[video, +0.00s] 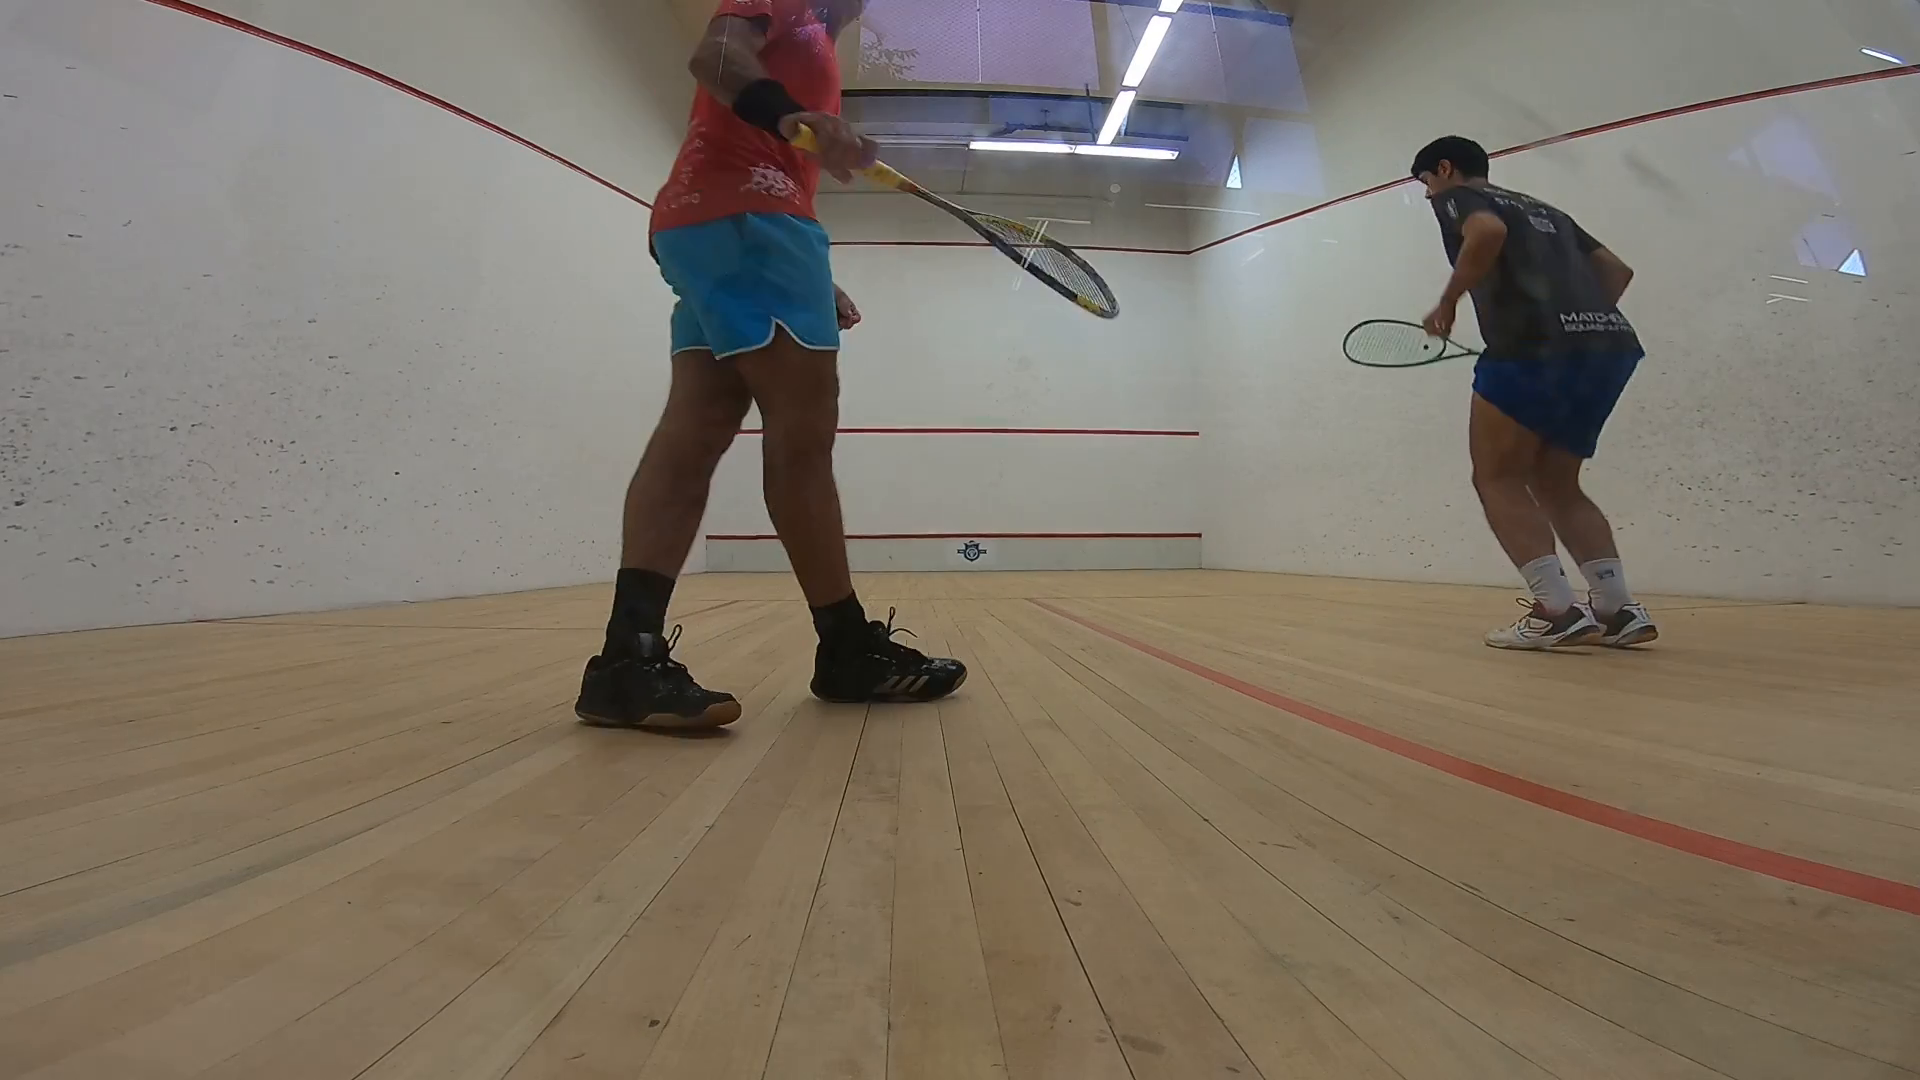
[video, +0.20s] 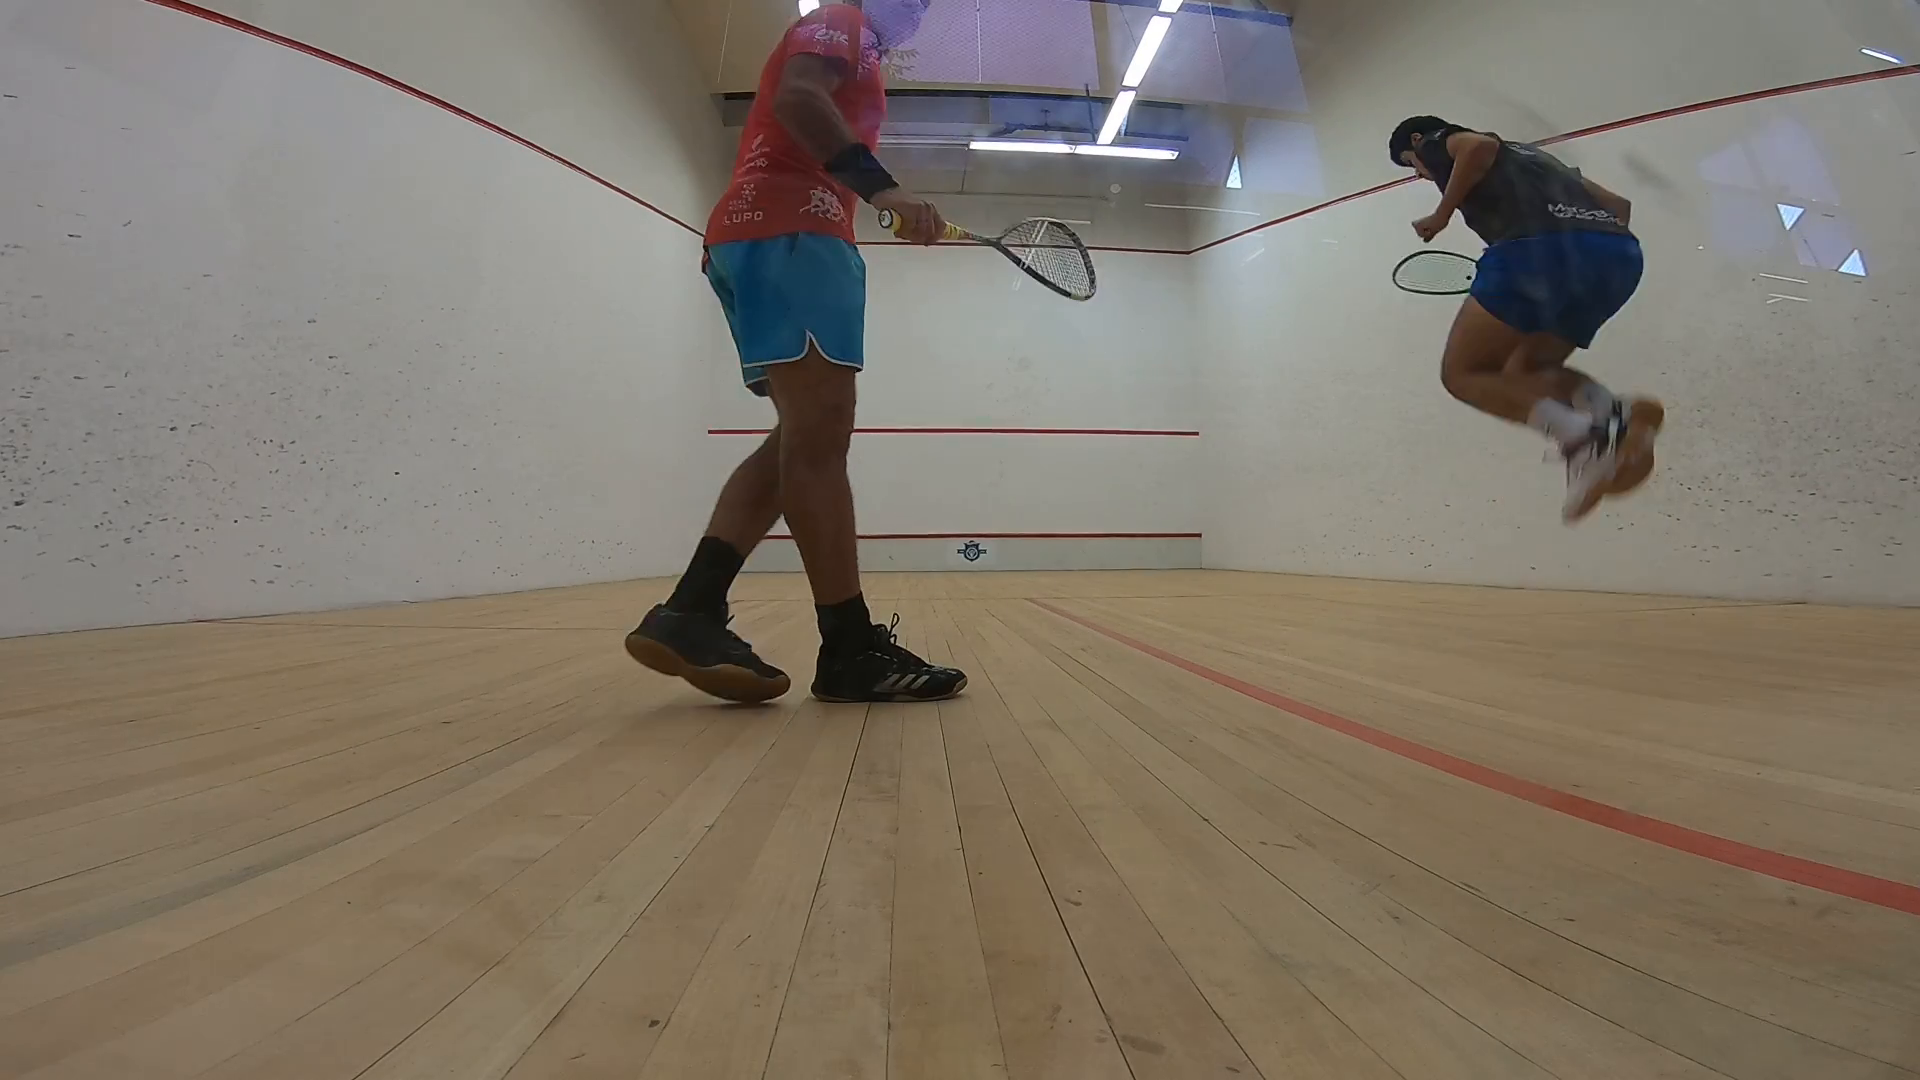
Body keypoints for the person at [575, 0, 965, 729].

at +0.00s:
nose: (865, 7)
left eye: (863, 9)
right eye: (861, 4)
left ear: (838, 8)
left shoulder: (808, 50)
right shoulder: (784, 6)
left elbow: (766, 178)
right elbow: (715, 54)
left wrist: (812, 277)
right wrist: (795, 119)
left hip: (712, 221)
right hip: (749, 214)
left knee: (693, 432)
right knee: (804, 429)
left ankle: (628, 656)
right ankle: (847, 646)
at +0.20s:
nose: (909, 30)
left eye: (911, 27)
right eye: (908, 20)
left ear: (883, 24)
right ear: (889, 8)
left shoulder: (844, 64)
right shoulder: (843, 20)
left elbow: (807, 186)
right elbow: (798, 96)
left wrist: (895, 220)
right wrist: (886, 191)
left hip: (758, 240)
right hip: (791, 234)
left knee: (800, 434)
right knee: (819, 436)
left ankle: (693, 611)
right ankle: (850, 647)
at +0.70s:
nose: (894, 100)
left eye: (901, 96)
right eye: (885, 85)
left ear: (893, 108)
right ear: (851, 80)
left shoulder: (858, 157)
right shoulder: (817, 105)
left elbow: (823, 260)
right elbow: (759, 164)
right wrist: (856, 209)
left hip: (818, 305)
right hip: (778, 290)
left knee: (836, 445)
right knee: (821, 435)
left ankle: (817, 623)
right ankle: (808, 626)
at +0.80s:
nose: (876, 111)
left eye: (884, 108)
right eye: (871, 95)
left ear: (877, 116)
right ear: (840, 83)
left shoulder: (840, 162)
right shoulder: (800, 111)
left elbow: (803, 265)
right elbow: (741, 171)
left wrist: (835, 334)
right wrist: (839, 209)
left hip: (802, 305)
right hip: (764, 292)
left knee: (821, 447)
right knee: (807, 437)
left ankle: (807, 618)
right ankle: (747, 614)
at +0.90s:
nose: (858, 113)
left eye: (867, 110)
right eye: (851, 98)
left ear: (861, 121)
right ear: (816, 92)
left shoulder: (822, 168)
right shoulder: (784, 119)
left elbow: (789, 266)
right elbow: (728, 181)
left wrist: (821, 336)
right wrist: (826, 219)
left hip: (794, 312)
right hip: (750, 297)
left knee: (807, 456)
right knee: (779, 444)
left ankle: (804, 621)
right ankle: (690, 597)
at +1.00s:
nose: (838, 121)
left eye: (846, 117)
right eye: (831, 107)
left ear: (842, 128)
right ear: (799, 101)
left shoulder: (800, 175)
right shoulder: (766, 128)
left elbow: (764, 274)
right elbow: (716, 192)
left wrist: (799, 341)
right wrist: (810, 234)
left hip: (774, 326)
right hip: (731, 314)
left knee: (781, 466)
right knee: (730, 458)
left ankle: (803, 621)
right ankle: (655, 609)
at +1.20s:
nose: (816, 147)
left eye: (820, 136)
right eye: (814, 133)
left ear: (785, 120)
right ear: (781, 117)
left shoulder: (769, 183)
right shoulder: (727, 142)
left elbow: (736, 280)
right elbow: (683, 205)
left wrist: (774, 340)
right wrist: (780, 228)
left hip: (735, 333)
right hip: (689, 317)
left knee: (752, 464)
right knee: (678, 461)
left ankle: (786, 607)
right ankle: (643, 618)